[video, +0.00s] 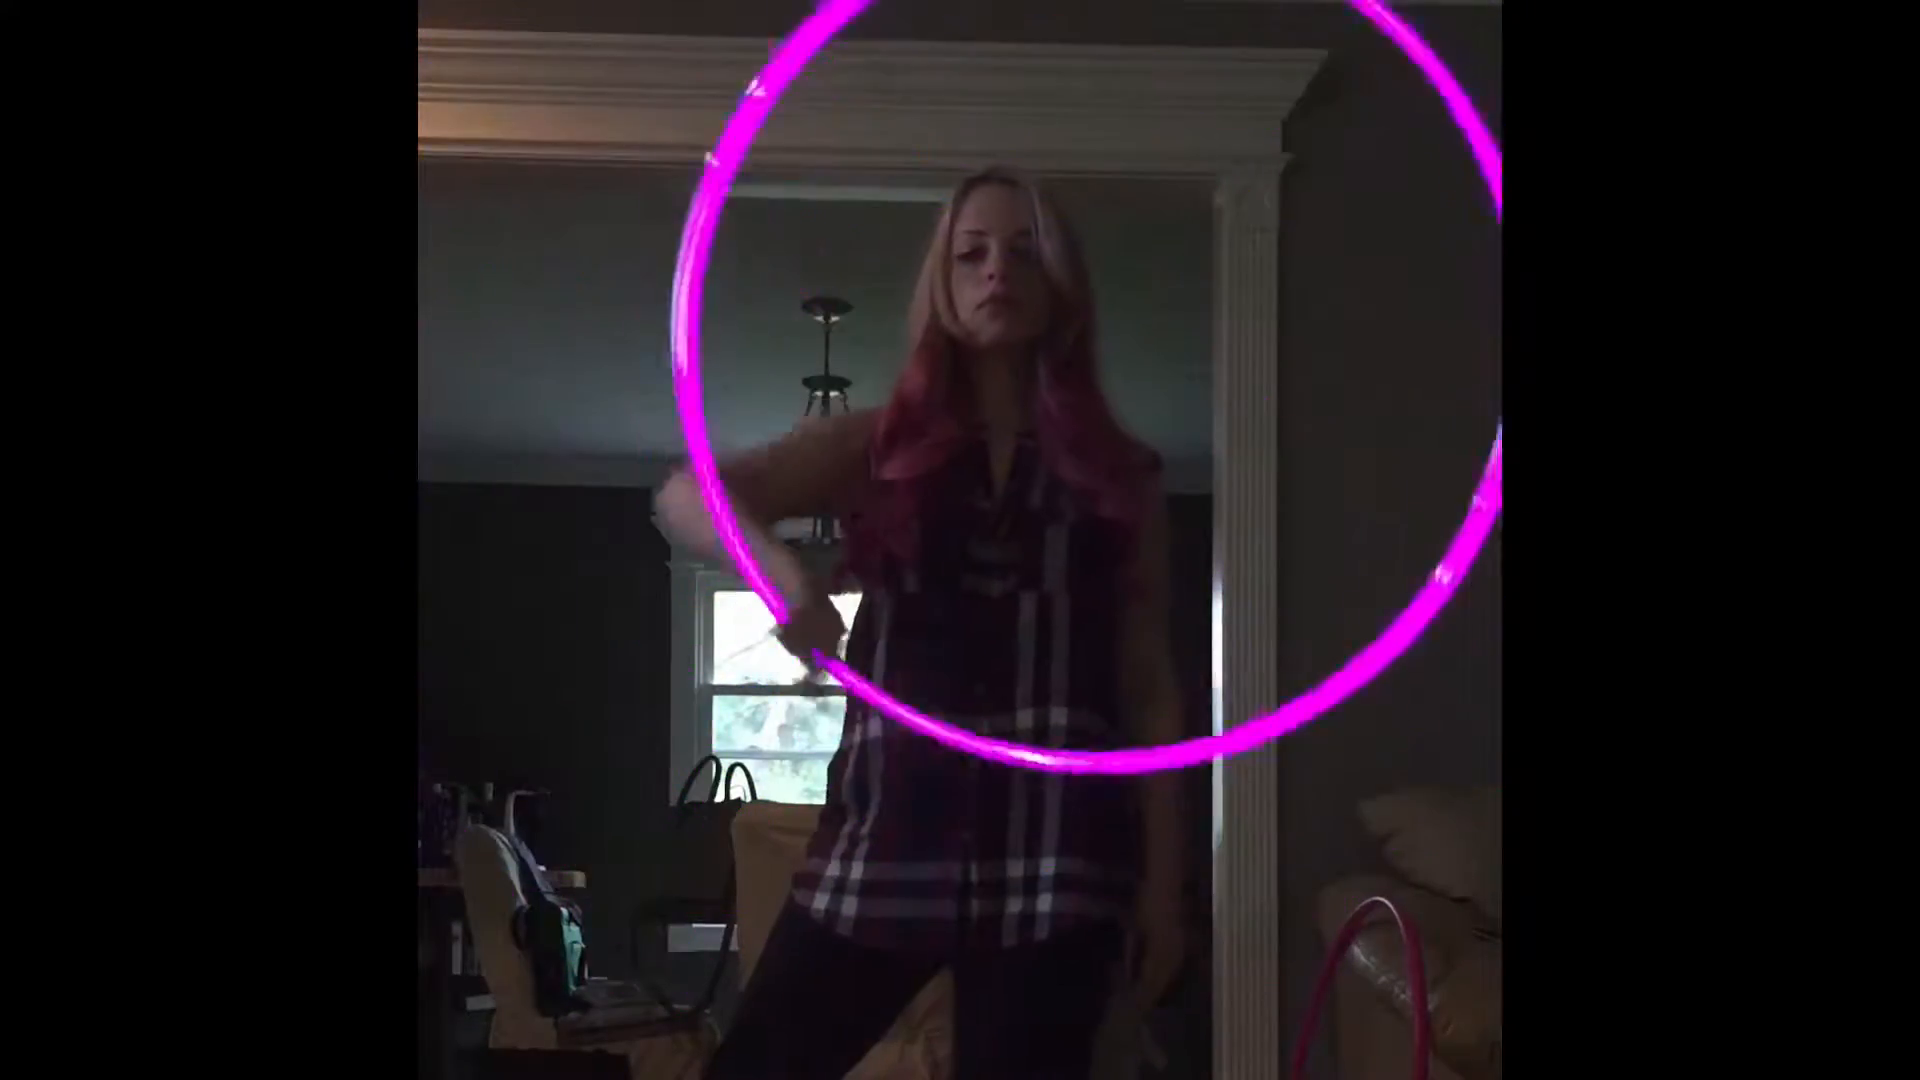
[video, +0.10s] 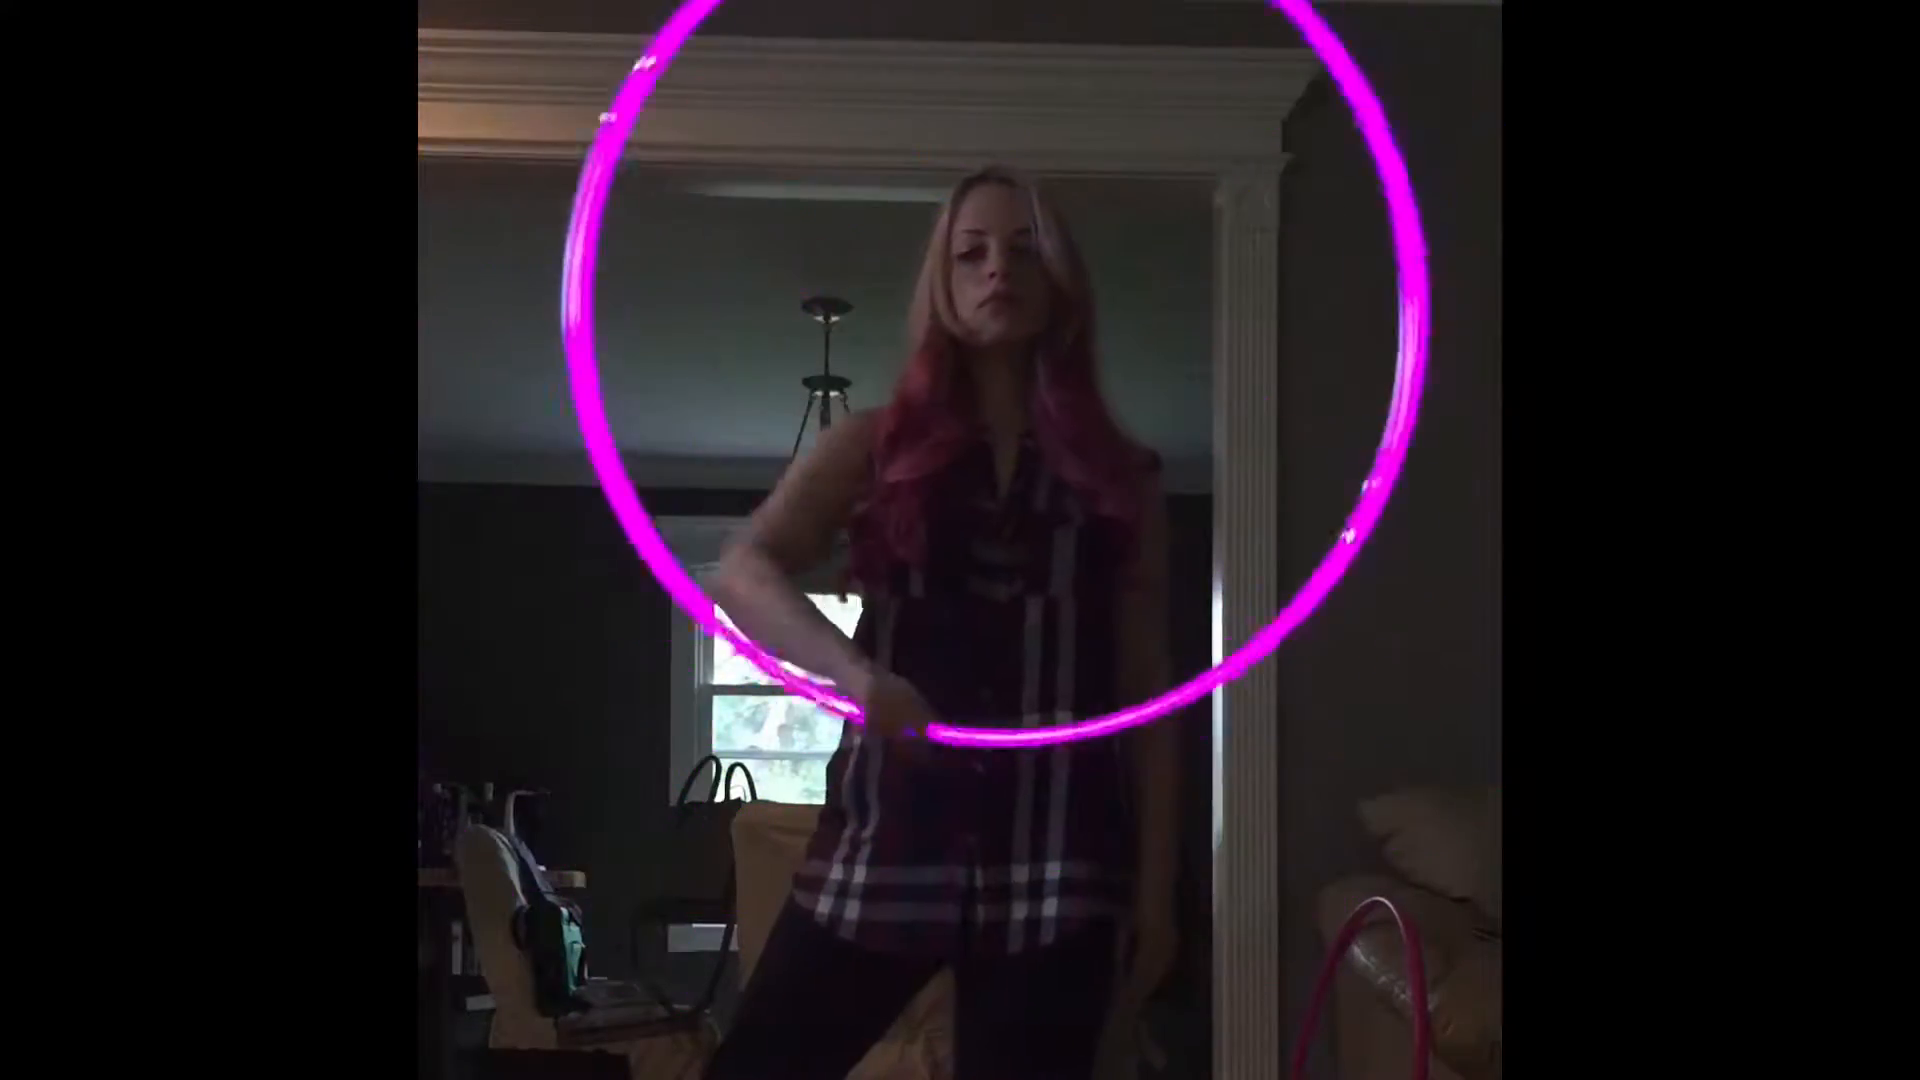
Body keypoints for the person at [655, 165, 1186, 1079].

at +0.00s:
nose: (998, 269)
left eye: (1024, 249)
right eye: (974, 251)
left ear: (1063, 279)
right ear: (940, 283)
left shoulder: (1118, 471)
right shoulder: (883, 442)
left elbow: (1152, 687)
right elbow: (684, 497)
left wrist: (1164, 891)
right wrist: (782, 574)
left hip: (1055, 869)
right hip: (888, 852)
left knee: (1021, 1070)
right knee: (750, 1068)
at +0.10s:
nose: (998, 268)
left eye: (1023, 247)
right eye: (973, 250)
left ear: (1061, 280)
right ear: (941, 282)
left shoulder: (1119, 471)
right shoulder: (879, 441)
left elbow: (1149, 691)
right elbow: (743, 572)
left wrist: (1156, 885)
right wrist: (859, 678)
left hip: (1058, 866)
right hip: (893, 855)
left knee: (1027, 1071)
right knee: (751, 1069)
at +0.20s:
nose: (999, 268)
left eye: (1023, 247)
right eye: (973, 251)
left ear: (1060, 279)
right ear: (941, 283)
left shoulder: (1115, 470)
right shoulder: (871, 444)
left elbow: (1149, 684)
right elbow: (820, 618)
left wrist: (1154, 884)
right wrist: (953, 724)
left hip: (1061, 869)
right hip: (895, 857)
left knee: (1029, 1072)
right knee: (751, 1070)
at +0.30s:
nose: (999, 270)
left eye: (1023, 247)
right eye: (972, 253)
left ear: (1062, 278)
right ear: (941, 286)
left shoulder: (1117, 469)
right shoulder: (878, 438)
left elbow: (1152, 667)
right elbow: (873, 615)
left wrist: (1154, 836)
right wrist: (1055, 687)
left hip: (1061, 858)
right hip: (898, 847)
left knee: (1032, 1072)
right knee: (752, 1069)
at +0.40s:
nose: (999, 274)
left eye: (1022, 254)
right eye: (973, 259)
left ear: (1061, 285)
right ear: (943, 293)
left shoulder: (1117, 453)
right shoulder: (881, 435)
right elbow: (890, 581)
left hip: (1071, 841)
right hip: (904, 833)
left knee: (1031, 1069)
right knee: (757, 1065)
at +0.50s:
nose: (994, 275)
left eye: (1016, 253)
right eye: (971, 257)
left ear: (1063, 279)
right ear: (940, 295)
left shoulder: (1136, 454)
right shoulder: (885, 437)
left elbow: (1172, 639)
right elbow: (893, 522)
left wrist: (1092, 424)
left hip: (1063, 848)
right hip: (897, 837)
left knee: (1024, 1066)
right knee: (774, 1061)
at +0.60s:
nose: (987, 284)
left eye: (1007, 256)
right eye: (963, 267)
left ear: (1065, 278)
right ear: (936, 299)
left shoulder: (1137, 443)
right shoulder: (920, 449)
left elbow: (1106, 522)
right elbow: (849, 515)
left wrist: (1037, 324)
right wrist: (883, 290)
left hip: (1060, 850)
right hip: (904, 841)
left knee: (997, 1062)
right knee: (793, 1064)